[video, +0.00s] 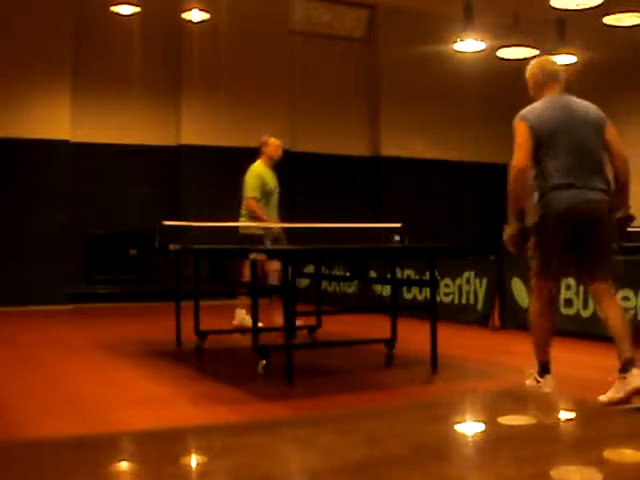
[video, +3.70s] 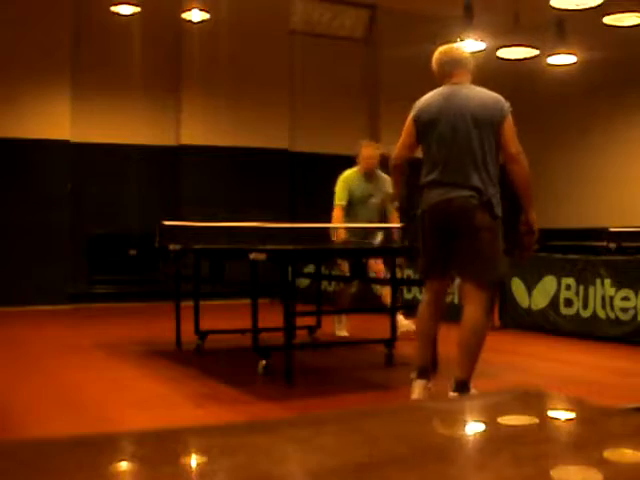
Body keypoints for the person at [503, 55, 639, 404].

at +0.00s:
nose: (528, 91)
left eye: (528, 86)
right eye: (530, 86)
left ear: (533, 85)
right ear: (561, 81)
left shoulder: (528, 116)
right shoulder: (593, 111)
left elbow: (520, 167)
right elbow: (621, 161)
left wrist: (514, 219)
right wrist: (622, 204)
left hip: (554, 210)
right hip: (597, 208)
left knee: (543, 291)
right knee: (602, 286)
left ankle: (542, 373)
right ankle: (628, 367)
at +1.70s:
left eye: (526, 78)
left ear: (528, 79)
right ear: (559, 76)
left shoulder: (518, 109)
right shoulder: (588, 111)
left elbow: (499, 160)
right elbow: (609, 165)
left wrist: (493, 207)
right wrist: (617, 213)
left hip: (529, 215)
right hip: (573, 215)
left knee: (507, 288)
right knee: (578, 295)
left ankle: (490, 368)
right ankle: (573, 381)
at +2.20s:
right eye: (500, 74)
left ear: (473, 82)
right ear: (503, 76)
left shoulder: (460, 112)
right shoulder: (533, 108)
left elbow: (442, 163)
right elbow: (553, 159)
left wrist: (450, 208)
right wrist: (566, 209)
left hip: (475, 213)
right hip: (521, 213)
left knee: (473, 294)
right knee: (544, 292)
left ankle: (474, 378)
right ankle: (559, 376)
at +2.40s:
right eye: (489, 72)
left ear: (462, 80)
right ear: (491, 75)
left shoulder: (448, 111)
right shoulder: (518, 106)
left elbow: (429, 161)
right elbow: (540, 155)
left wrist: (439, 208)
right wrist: (550, 208)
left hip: (464, 210)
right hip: (507, 208)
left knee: (466, 291)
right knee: (527, 285)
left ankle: (473, 376)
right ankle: (507, 366)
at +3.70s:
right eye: (467, 67)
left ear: (438, 73)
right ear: (469, 69)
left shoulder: (424, 105)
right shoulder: (496, 103)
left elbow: (399, 157)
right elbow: (514, 157)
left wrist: (398, 199)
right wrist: (529, 209)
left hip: (434, 208)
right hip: (479, 208)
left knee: (433, 290)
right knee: (476, 297)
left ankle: (422, 376)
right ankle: (461, 387)